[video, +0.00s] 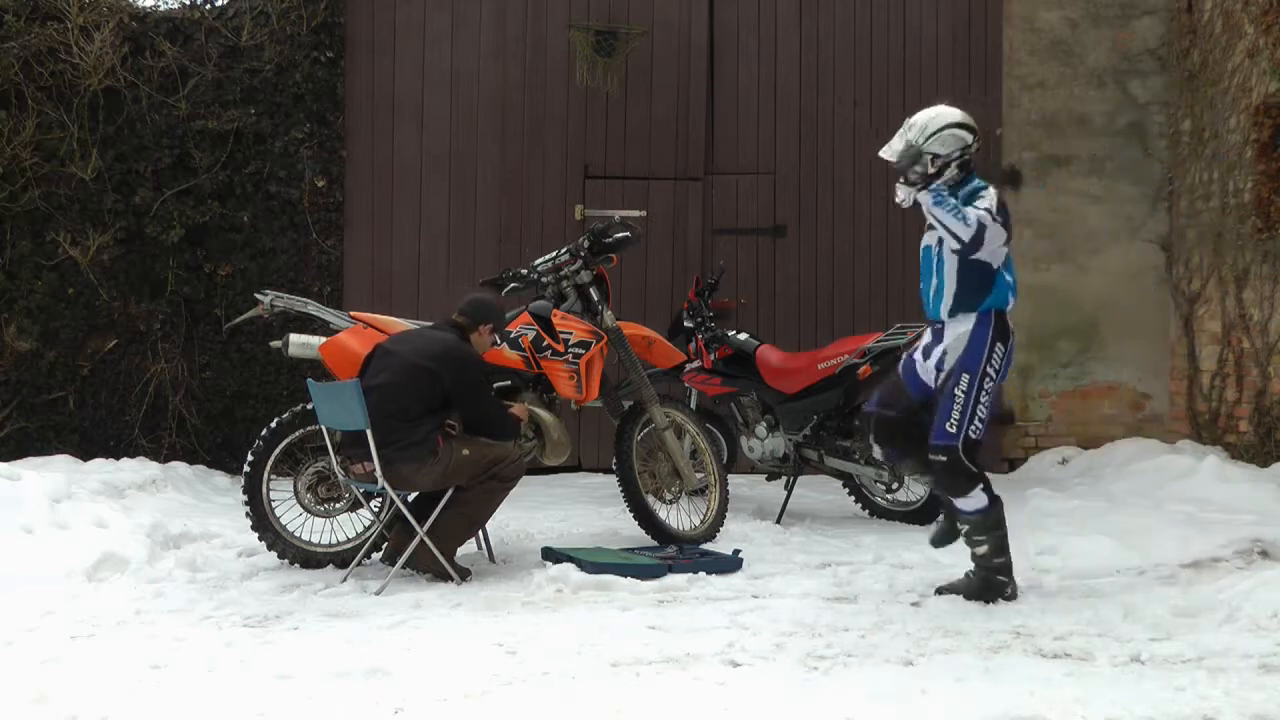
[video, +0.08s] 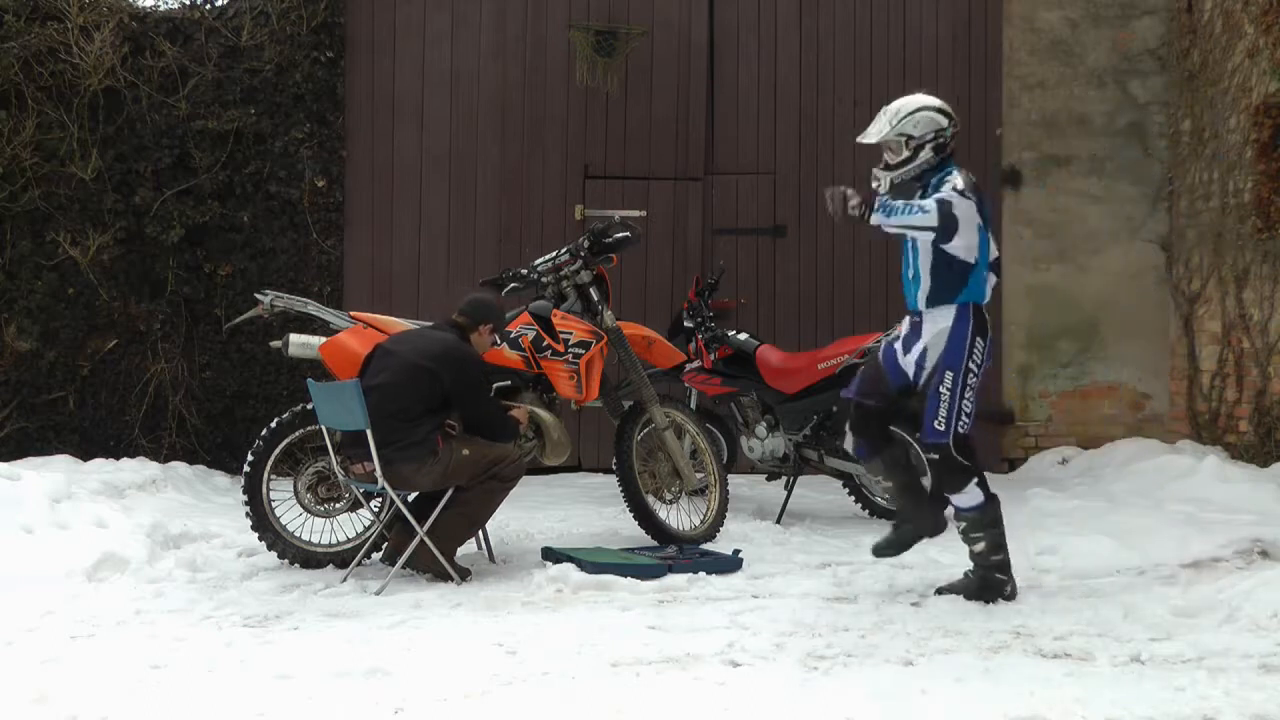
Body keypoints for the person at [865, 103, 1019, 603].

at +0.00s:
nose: (906, 174)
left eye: (913, 165)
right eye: (907, 166)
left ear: (941, 160)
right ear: (942, 161)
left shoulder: (981, 196)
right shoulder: (945, 201)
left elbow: (974, 241)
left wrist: (926, 194)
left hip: (981, 335)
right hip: (941, 331)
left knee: (949, 455)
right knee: (885, 419)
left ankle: (994, 571)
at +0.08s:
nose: (887, 157)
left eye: (895, 147)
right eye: (886, 148)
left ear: (926, 145)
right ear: (918, 148)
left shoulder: (956, 194)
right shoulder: (917, 191)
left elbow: (934, 218)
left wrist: (869, 208)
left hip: (958, 328)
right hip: (919, 323)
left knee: (943, 447)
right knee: (862, 406)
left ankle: (993, 571)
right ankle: (916, 511)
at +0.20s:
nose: (856, 151)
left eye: (863, 140)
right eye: (856, 141)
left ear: (892, 136)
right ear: (897, 139)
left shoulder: (919, 181)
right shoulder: (918, 184)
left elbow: (906, 253)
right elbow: (971, 250)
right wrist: (920, 286)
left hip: (915, 326)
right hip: (883, 324)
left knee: (901, 444)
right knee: (854, 434)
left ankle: (980, 555)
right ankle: (881, 562)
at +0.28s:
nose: (837, 164)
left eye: (844, 154)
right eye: (838, 155)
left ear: (873, 152)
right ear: (875, 154)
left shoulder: (903, 198)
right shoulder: (883, 201)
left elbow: (905, 279)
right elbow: (885, 280)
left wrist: (884, 350)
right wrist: (857, 344)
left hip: (890, 348)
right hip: (867, 342)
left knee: (846, 453)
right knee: (839, 449)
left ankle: (951, 528)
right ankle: (882, 565)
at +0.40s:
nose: (807, 171)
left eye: (812, 159)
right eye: (807, 161)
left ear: (837, 151)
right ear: (845, 152)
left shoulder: (885, 192)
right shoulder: (855, 200)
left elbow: (909, 273)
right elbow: (846, 259)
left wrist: (896, 342)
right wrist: (813, 202)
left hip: (872, 332)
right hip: (851, 329)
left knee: (779, 421)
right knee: (849, 445)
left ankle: (862, 476)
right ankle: (881, 563)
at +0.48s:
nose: (788, 153)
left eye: (793, 141)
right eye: (788, 143)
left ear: (819, 135)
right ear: (827, 137)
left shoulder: (872, 181)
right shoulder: (831, 195)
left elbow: (908, 255)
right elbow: (807, 228)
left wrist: (881, 313)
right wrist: (757, 203)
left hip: (859, 319)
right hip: (836, 320)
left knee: (762, 408)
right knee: (850, 439)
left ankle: (831, 515)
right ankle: (883, 560)